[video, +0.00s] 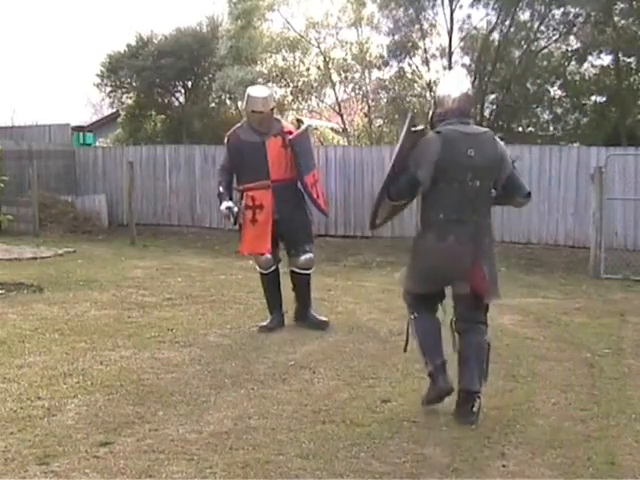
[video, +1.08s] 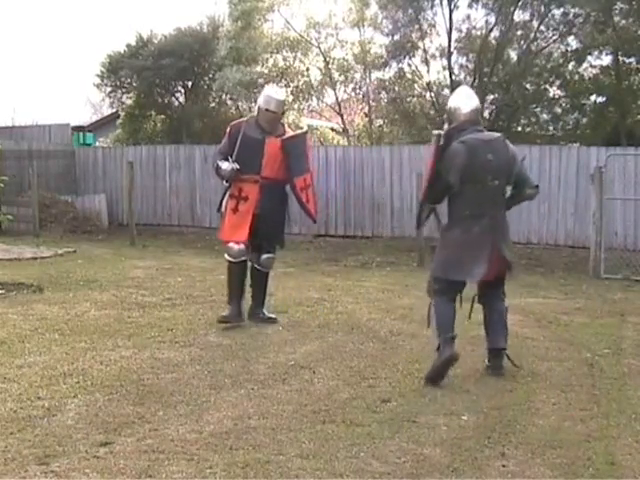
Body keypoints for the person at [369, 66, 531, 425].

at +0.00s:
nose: (433, 116)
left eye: (435, 110)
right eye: (437, 110)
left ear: (439, 112)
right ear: (468, 112)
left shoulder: (433, 143)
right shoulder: (491, 144)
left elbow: (399, 192)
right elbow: (519, 194)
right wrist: (483, 195)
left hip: (436, 243)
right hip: (477, 245)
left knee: (421, 301)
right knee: (473, 318)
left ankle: (438, 375)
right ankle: (469, 398)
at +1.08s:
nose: (449, 121)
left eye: (450, 116)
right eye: (451, 116)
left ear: (455, 116)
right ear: (478, 114)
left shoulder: (456, 149)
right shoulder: (501, 145)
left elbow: (436, 193)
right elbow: (528, 189)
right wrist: (500, 206)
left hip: (462, 233)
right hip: (495, 232)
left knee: (443, 289)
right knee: (493, 292)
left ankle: (446, 347)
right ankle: (496, 358)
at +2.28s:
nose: (482, 124)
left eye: (484, 120)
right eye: (482, 120)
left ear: (492, 120)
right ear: (508, 118)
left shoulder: (494, 147)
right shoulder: (524, 147)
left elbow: (475, 175)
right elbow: (543, 184)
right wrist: (526, 208)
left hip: (494, 223)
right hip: (520, 222)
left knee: (468, 269)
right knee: (517, 272)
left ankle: (482, 326)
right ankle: (533, 328)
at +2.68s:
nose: (468, 128)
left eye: (472, 124)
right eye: (468, 123)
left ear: (485, 124)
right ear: (494, 123)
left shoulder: (489, 150)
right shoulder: (510, 149)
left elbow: (479, 186)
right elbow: (523, 185)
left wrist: (467, 147)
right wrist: (508, 204)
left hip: (490, 223)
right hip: (514, 222)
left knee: (461, 271)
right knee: (521, 272)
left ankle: (437, 326)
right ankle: (535, 329)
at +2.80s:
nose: (458, 129)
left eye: (460, 124)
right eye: (458, 125)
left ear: (470, 125)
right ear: (483, 124)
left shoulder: (479, 151)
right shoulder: (502, 149)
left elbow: (469, 183)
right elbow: (507, 185)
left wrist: (457, 149)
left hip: (480, 225)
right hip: (505, 224)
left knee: (451, 271)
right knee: (513, 274)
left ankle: (433, 327)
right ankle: (533, 328)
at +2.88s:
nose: (452, 129)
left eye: (455, 124)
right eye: (451, 124)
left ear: (467, 125)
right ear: (477, 124)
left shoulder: (472, 152)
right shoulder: (495, 148)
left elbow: (459, 183)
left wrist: (450, 148)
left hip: (476, 226)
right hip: (499, 224)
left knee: (444, 270)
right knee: (505, 272)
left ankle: (432, 327)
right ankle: (532, 325)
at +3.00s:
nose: (447, 129)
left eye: (451, 124)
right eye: (447, 124)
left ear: (463, 124)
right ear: (470, 124)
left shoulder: (466, 151)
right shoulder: (485, 147)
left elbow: (454, 188)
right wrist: (447, 147)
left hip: (471, 222)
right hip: (491, 221)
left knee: (442, 270)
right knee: (493, 270)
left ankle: (432, 327)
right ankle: (527, 316)